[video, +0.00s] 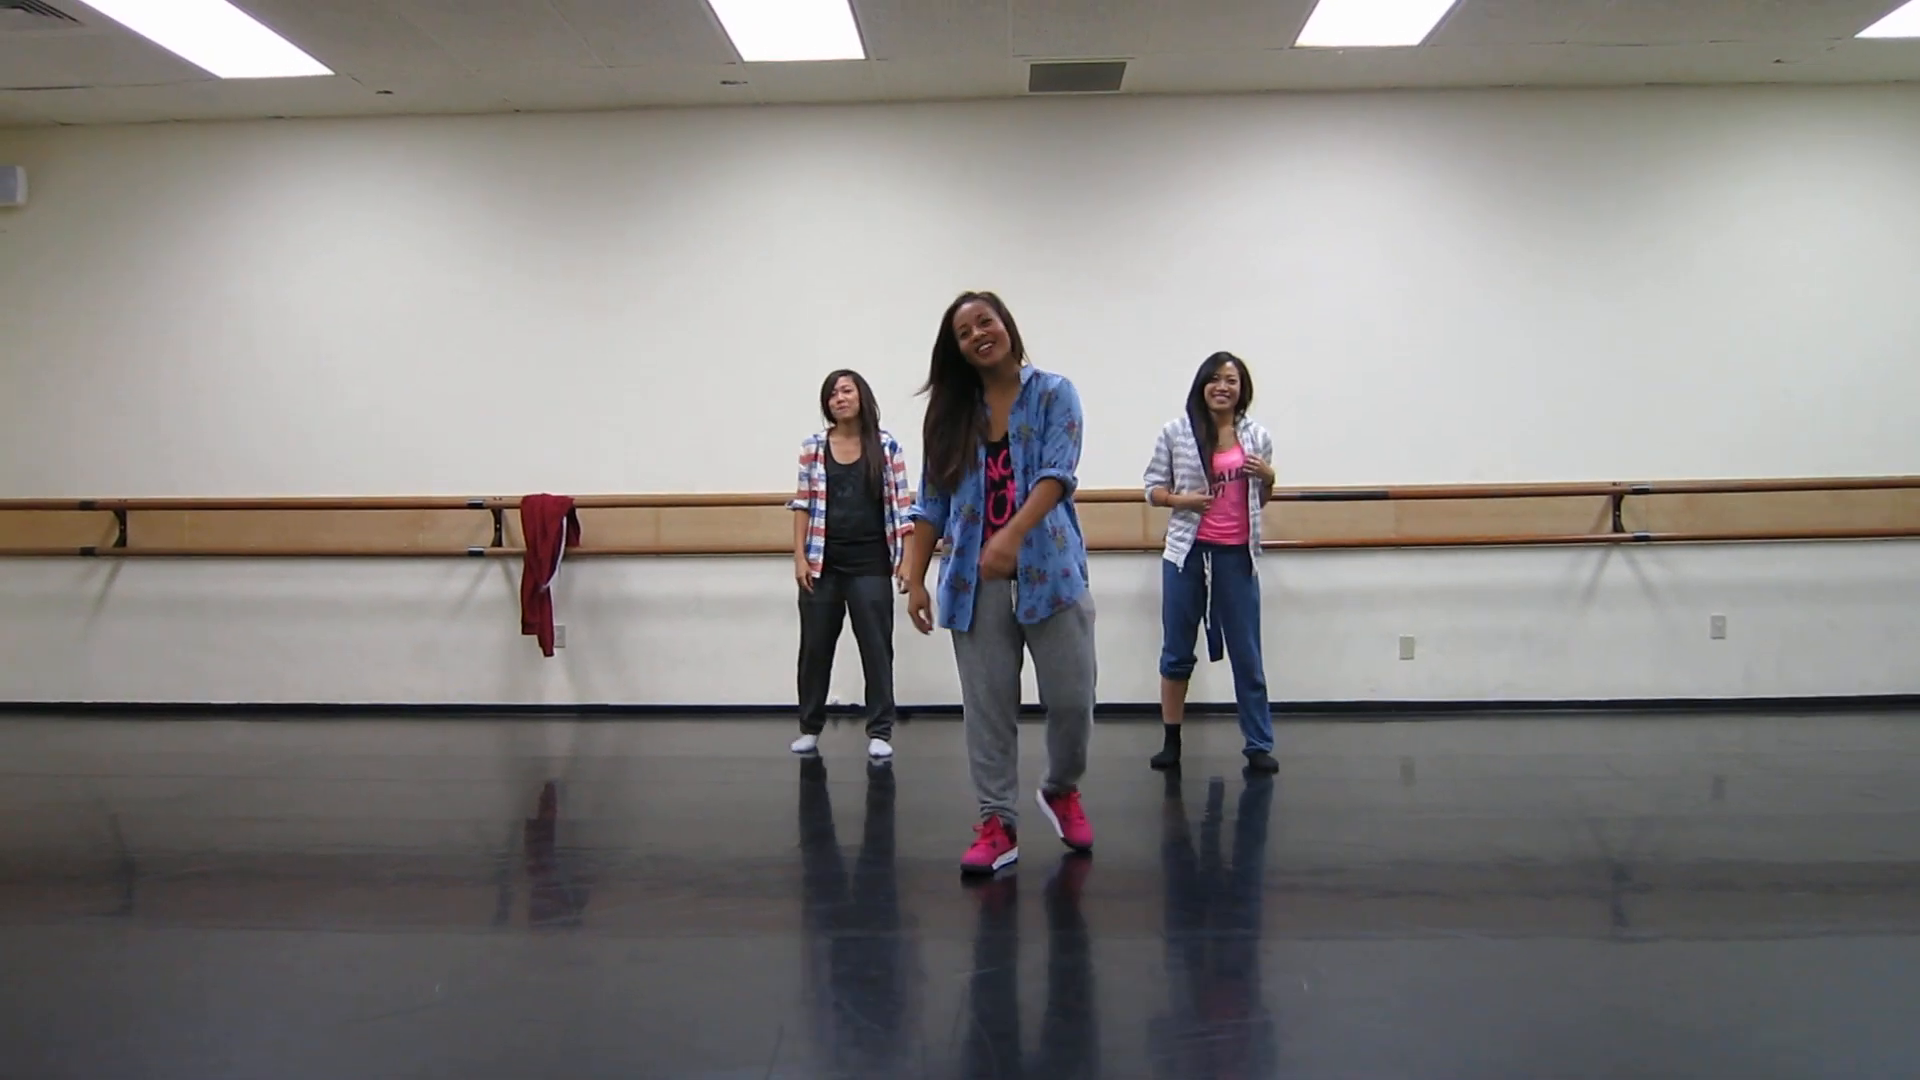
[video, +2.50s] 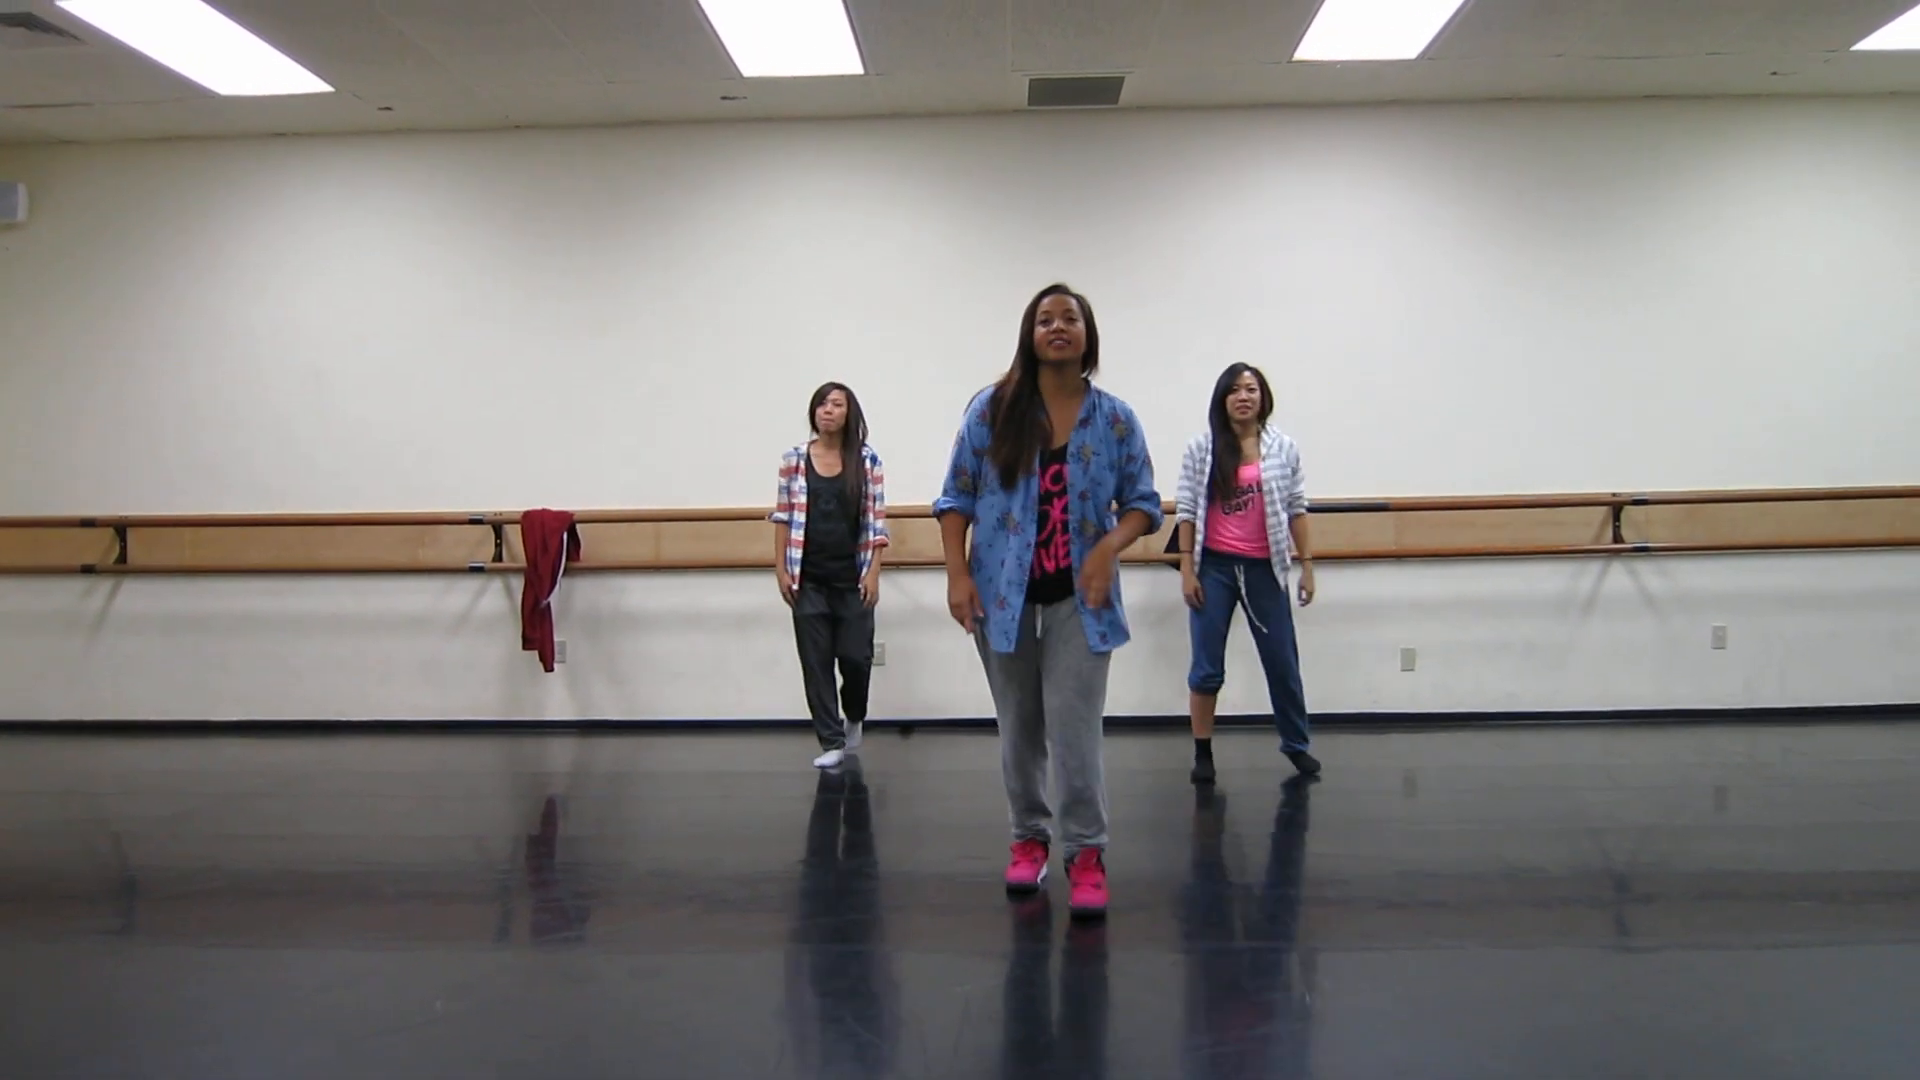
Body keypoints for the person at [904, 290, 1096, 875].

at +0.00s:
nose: (980, 333)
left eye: (986, 320)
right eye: (966, 330)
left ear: (1009, 326)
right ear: (958, 349)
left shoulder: (1053, 391)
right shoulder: (951, 413)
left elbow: (1056, 477)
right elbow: (931, 500)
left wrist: (1011, 535)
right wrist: (915, 579)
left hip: (1051, 574)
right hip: (976, 580)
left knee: (1073, 700)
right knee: (987, 707)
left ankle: (1061, 789)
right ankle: (997, 823)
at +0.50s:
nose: (1066, 356)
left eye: (1076, 344)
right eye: (1053, 346)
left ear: (1092, 348)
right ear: (1037, 354)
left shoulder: (1120, 416)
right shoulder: (1011, 414)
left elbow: (1136, 499)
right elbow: (997, 501)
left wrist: (1095, 540)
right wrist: (1014, 569)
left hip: (1092, 588)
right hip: (1025, 585)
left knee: (1083, 707)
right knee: (1019, 707)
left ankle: (1078, 807)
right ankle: (1003, 817)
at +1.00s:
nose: (1090, 349)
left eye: (1100, 339)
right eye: (1079, 341)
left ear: (1119, 348)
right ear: (1063, 351)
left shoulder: (1142, 424)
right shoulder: (1031, 413)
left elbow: (1154, 510)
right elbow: (1000, 493)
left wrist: (1120, 569)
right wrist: (1009, 561)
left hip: (1101, 593)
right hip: (1034, 590)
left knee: (1089, 710)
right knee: (1034, 707)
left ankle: (1078, 810)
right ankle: (1024, 823)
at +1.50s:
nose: (1039, 325)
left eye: (1049, 317)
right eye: (1027, 320)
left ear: (1069, 331)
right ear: (1013, 338)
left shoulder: (1103, 403)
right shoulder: (987, 411)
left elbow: (1127, 493)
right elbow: (969, 503)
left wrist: (1097, 559)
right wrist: (963, 582)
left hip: (1086, 586)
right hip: (1012, 590)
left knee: (1086, 712)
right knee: (1024, 717)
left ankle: (1081, 801)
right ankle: (1030, 832)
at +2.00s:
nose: (1024, 324)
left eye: (1036, 316)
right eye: (1013, 317)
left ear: (1056, 331)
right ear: (997, 334)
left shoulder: (1087, 402)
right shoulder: (972, 410)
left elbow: (1116, 490)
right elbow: (954, 502)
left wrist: (1062, 528)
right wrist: (966, 576)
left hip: (1074, 576)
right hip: (1002, 583)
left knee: (1078, 694)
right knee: (1019, 714)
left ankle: (1086, 815)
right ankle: (1034, 831)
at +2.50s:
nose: (1058, 326)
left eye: (1070, 318)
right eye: (1046, 318)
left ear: (1088, 333)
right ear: (1028, 335)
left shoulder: (1114, 417)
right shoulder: (992, 409)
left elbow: (1142, 506)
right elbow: (955, 499)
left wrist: (1108, 549)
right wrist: (959, 573)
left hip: (1078, 600)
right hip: (1004, 601)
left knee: (1074, 727)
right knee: (1019, 729)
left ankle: (1085, 854)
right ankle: (1029, 839)